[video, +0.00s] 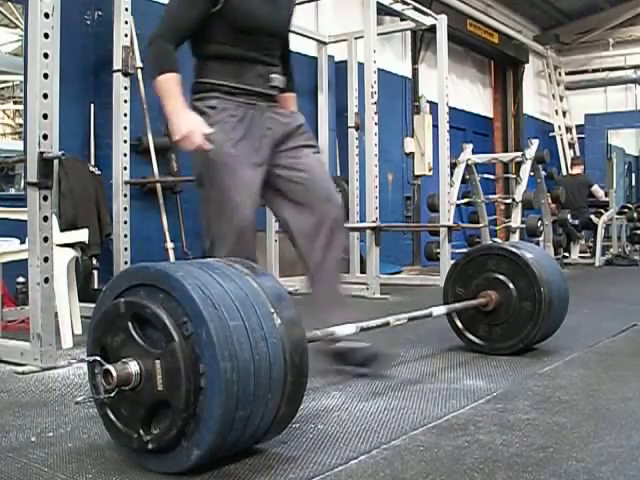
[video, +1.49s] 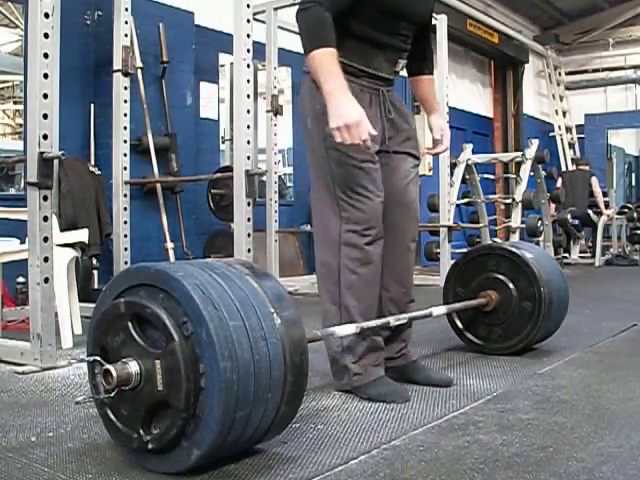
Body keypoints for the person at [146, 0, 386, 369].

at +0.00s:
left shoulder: (283, 4)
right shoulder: (206, 2)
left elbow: (279, 53)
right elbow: (160, 44)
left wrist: (290, 115)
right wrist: (178, 112)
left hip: (277, 115)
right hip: (225, 112)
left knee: (323, 207)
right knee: (234, 231)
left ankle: (333, 328)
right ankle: (235, 348)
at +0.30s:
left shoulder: (332, 4)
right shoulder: (245, 2)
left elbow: (332, 63)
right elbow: (200, 46)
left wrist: (347, 132)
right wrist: (211, 121)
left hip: (312, 120)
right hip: (256, 115)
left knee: (355, 229)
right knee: (260, 243)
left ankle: (389, 355)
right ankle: (248, 371)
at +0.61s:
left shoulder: (354, 4)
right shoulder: (268, 1)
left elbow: (355, 57)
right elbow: (226, 44)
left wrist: (374, 125)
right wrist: (249, 115)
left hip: (328, 119)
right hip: (271, 112)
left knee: (371, 220)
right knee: (260, 249)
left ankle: (384, 353)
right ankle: (244, 372)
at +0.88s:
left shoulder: (396, 6)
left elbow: (398, 47)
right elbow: (266, 23)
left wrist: (410, 115)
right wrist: (282, 102)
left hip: (361, 103)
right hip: (309, 95)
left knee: (379, 228)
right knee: (315, 226)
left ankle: (388, 355)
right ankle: (276, 347)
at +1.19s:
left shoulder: (412, 7)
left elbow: (410, 44)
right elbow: (290, 15)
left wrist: (427, 112)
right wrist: (306, 103)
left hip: (375, 95)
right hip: (327, 89)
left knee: (394, 217)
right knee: (347, 221)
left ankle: (392, 351)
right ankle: (354, 363)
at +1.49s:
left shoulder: (426, 7)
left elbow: (420, 50)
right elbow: (312, 11)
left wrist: (435, 112)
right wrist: (337, 96)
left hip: (387, 93)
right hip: (337, 84)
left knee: (402, 220)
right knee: (358, 220)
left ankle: (394, 351)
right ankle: (355, 364)